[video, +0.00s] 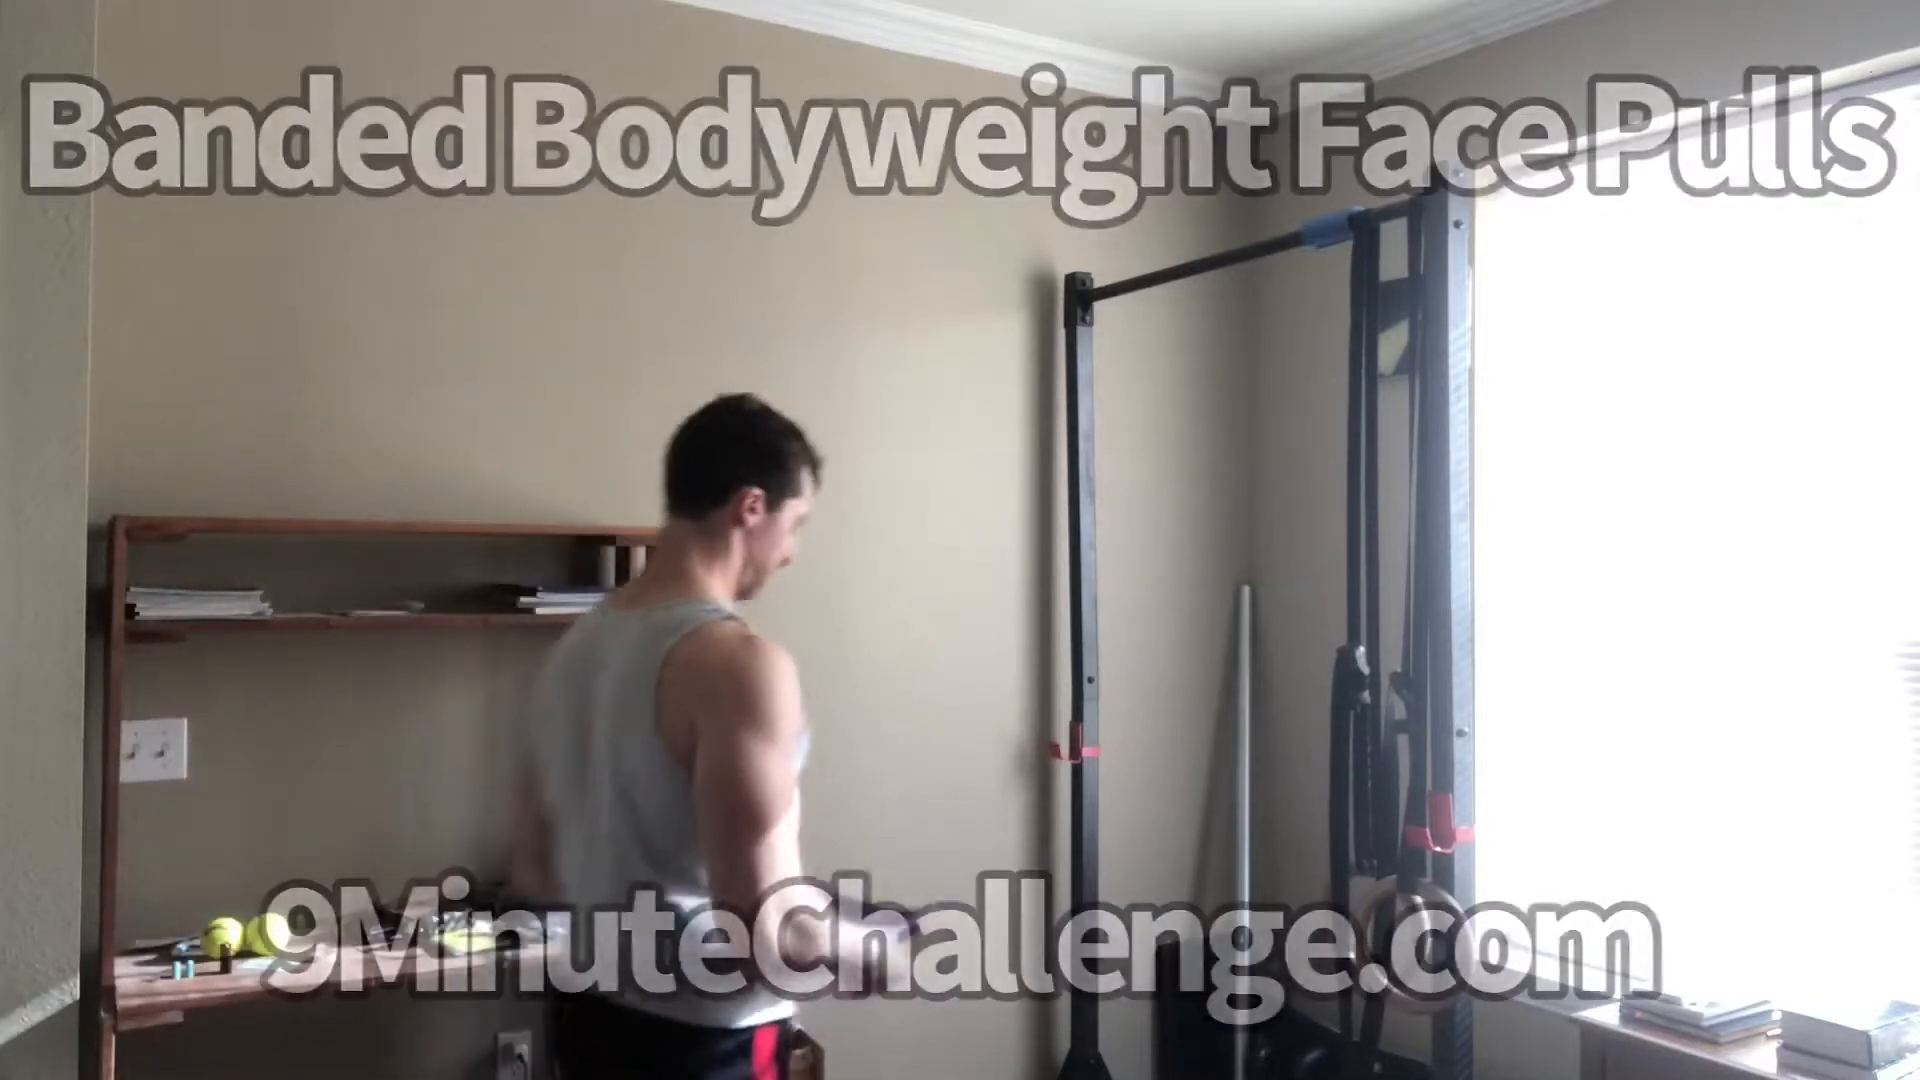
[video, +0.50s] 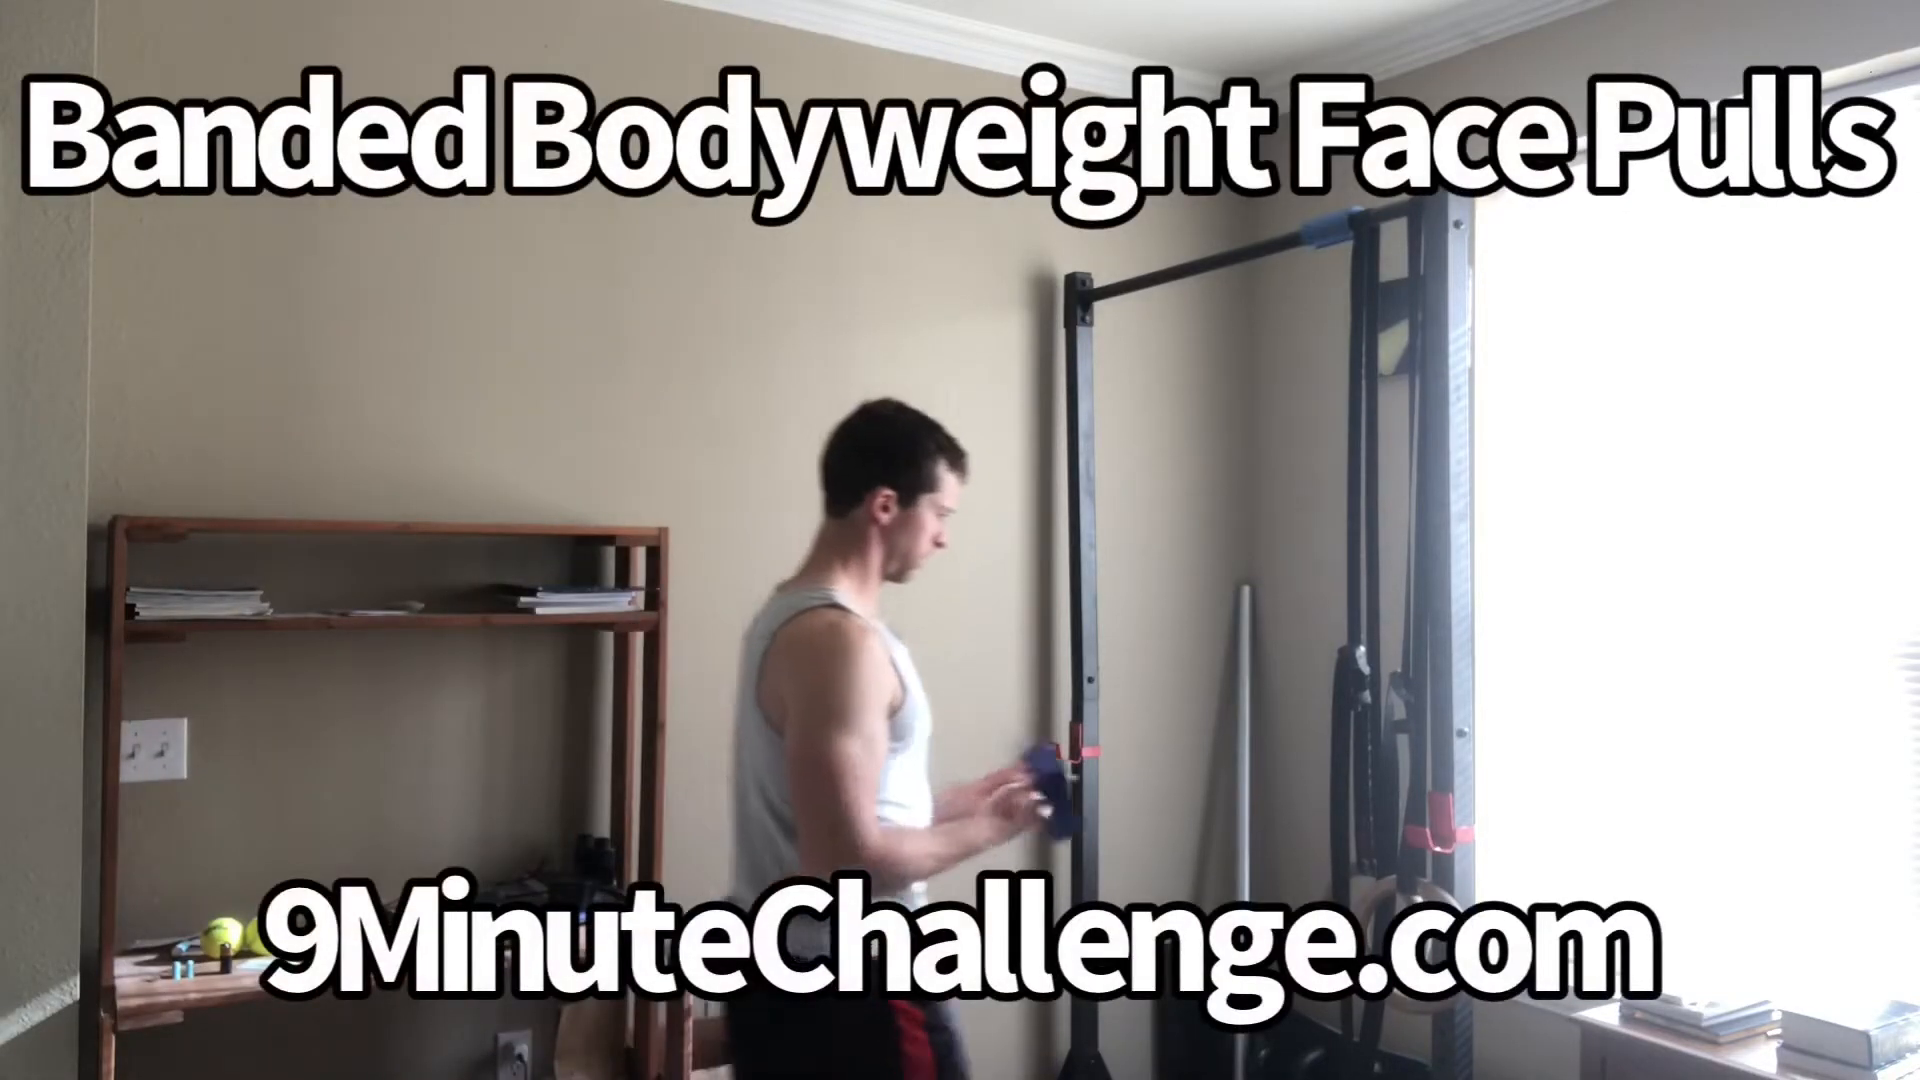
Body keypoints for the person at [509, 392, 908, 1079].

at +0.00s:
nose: (789, 554)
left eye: (798, 529)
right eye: (793, 526)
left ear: (676, 496)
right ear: (749, 510)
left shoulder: (576, 647)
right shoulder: (739, 666)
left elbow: (537, 868)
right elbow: (769, 929)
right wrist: (882, 950)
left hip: (587, 1025)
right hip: (706, 1041)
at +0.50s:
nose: (943, 539)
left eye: (948, 518)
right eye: (940, 515)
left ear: (880, 510)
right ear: (884, 508)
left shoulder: (800, 616)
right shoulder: (839, 641)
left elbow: (851, 811)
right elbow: (850, 856)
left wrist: (976, 798)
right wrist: (987, 828)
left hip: (798, 976)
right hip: (855, 987)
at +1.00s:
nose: (1071, 539)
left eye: (1075, 519)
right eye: (1067, 516)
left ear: (1009, 509)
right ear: (1012, 507)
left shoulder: (944, 609)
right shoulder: (972, 641)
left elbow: (1019, 779)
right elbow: (1040, 840)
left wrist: (1118, 749)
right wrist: (1147, 771)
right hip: (993, 960)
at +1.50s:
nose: (1151, 545)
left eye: (1156, 527)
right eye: (1148, 524)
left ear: (1098, 518)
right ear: (1095, 514)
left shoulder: (1090, 626)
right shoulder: (1014, 631)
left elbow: (1119, 775)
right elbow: (1059, 817)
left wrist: (1230, 819)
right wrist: (1208, 817)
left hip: (1100, 912)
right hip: (1040, 922)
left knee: (1116, 1065)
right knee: (1063, 1069)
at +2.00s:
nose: (1266, 589)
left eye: (1272, 572)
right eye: (1261, 568)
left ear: (1210, 556)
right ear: (1210, 552)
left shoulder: (1178, 665)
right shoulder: (1120, 634)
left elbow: (1213, 813)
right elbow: (1131, 812)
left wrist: (1295, 886)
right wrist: (1241, 885)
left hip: (1089, 881)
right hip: (1017, 876)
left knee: (1120, 1065)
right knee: (1038, 1067)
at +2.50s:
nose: (1285, 604)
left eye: (1290, 587)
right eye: (1282, 583)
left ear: (1227, 568)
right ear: (1229, 566)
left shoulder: (1142, 634)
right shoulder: (1164, 657)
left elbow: (1172, 832)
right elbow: (1209, 841)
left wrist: (1253, 923)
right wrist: (1300, 933)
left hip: (1077, 874)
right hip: (1031, 875)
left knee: (1112, 1061)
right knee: (1054, 1067)